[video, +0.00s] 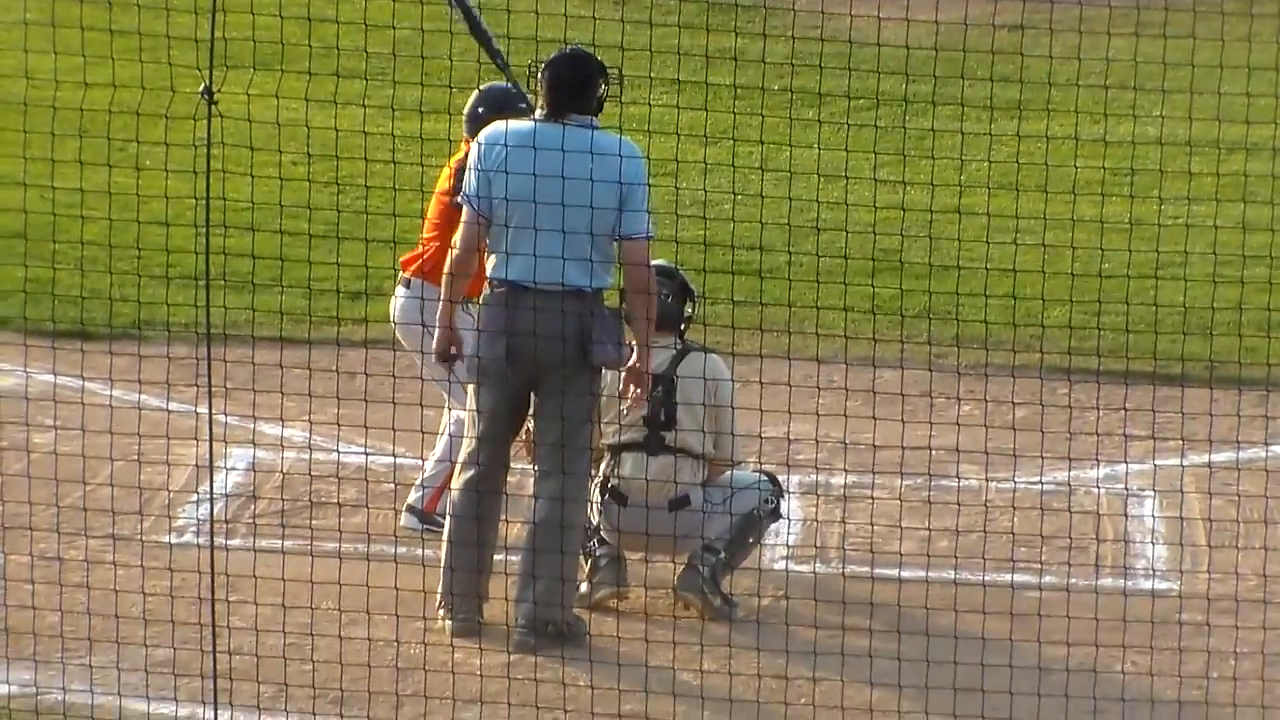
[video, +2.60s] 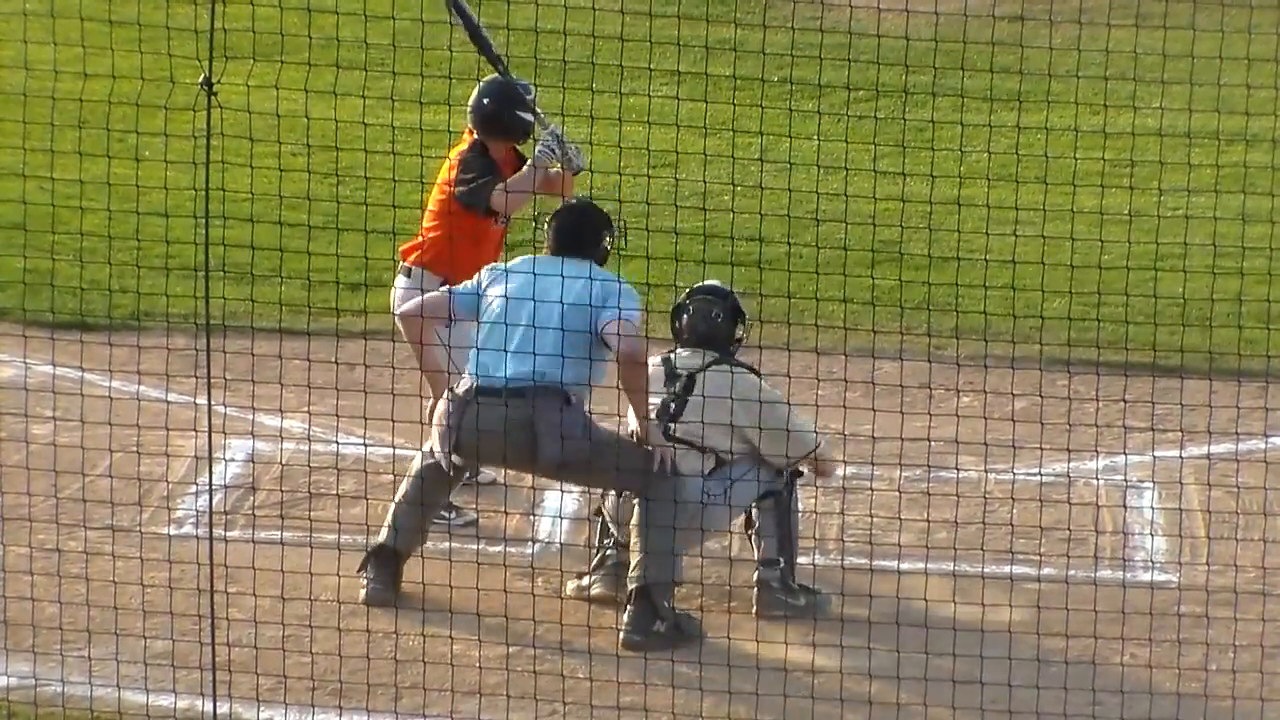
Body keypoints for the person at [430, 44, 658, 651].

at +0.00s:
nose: (601, 102)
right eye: (601, 93)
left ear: (543, 93)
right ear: (598, 98)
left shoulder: (496, 141)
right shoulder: (624, 156)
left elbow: (467, 243)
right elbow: (637, 263)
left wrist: (446, 318)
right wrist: (642, 350)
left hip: (503, 316)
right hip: (578, 322)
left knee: (481, 459)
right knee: (564, 468)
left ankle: (461, 604)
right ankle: (544, 615)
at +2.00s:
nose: (586, 131)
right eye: (582, 125)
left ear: (521, 123)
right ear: (576, 128)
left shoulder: (478, 168)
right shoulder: (594, 179)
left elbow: (411, 254)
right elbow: (608, 268)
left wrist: (432, 324)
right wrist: (630, 339)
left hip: (470, 329)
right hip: (544, 337)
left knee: (431, 440)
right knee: (590, 465)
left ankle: (383, 570)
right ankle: (547, 591)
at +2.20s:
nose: (580, 158)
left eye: (510, 145)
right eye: (578, 151)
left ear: (515, 146)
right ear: (571, 154)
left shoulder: (471, 189)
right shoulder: (586, 197)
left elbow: (400, 264)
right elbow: (605, 281)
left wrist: (424, 341)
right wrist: (632, 354)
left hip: (456, 341)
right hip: (533, 344)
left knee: (437, 431)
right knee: (623, 457)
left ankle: (383, 563)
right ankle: (638, 592)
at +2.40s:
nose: (598, 209)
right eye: (595, 202)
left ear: (538, 197)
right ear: (590, 204)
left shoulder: (490, 237)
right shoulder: (603, 247)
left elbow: (405, 297)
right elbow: (625, 320)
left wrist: (435, 366)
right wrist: (645, 397)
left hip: (467, 389)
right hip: (547, 393)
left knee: (441, 450)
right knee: (652, 473)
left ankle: (383, 561)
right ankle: (648, 605)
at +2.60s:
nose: (607, 250)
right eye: (606, 244)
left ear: (548, 241)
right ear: (601, 249)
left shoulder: (501, 274)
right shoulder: (611, 287)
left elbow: (412, 313)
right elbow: (628, 350)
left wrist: (444, 386)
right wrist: (641, 420)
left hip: (469, 420)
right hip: (548, 426)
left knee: (439, 460)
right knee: (662, 479)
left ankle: (383, 567)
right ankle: (649, 610)